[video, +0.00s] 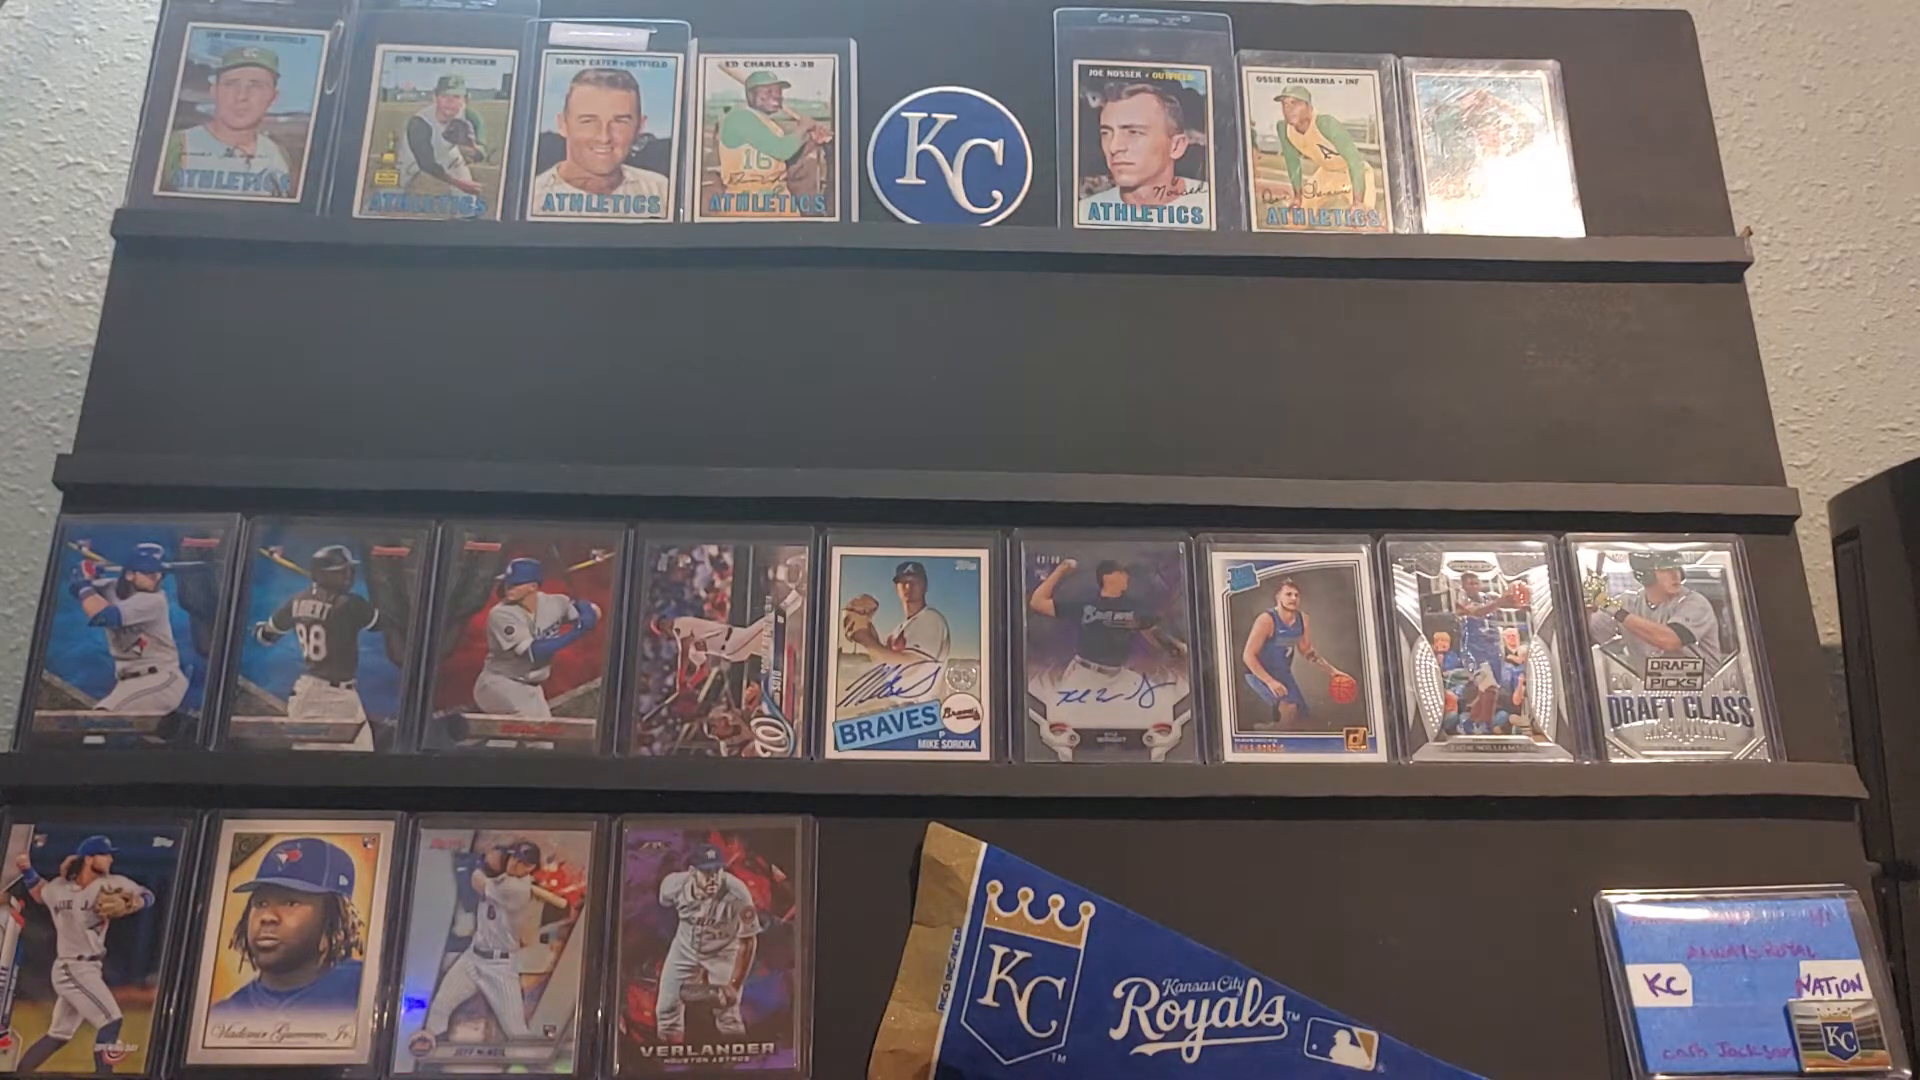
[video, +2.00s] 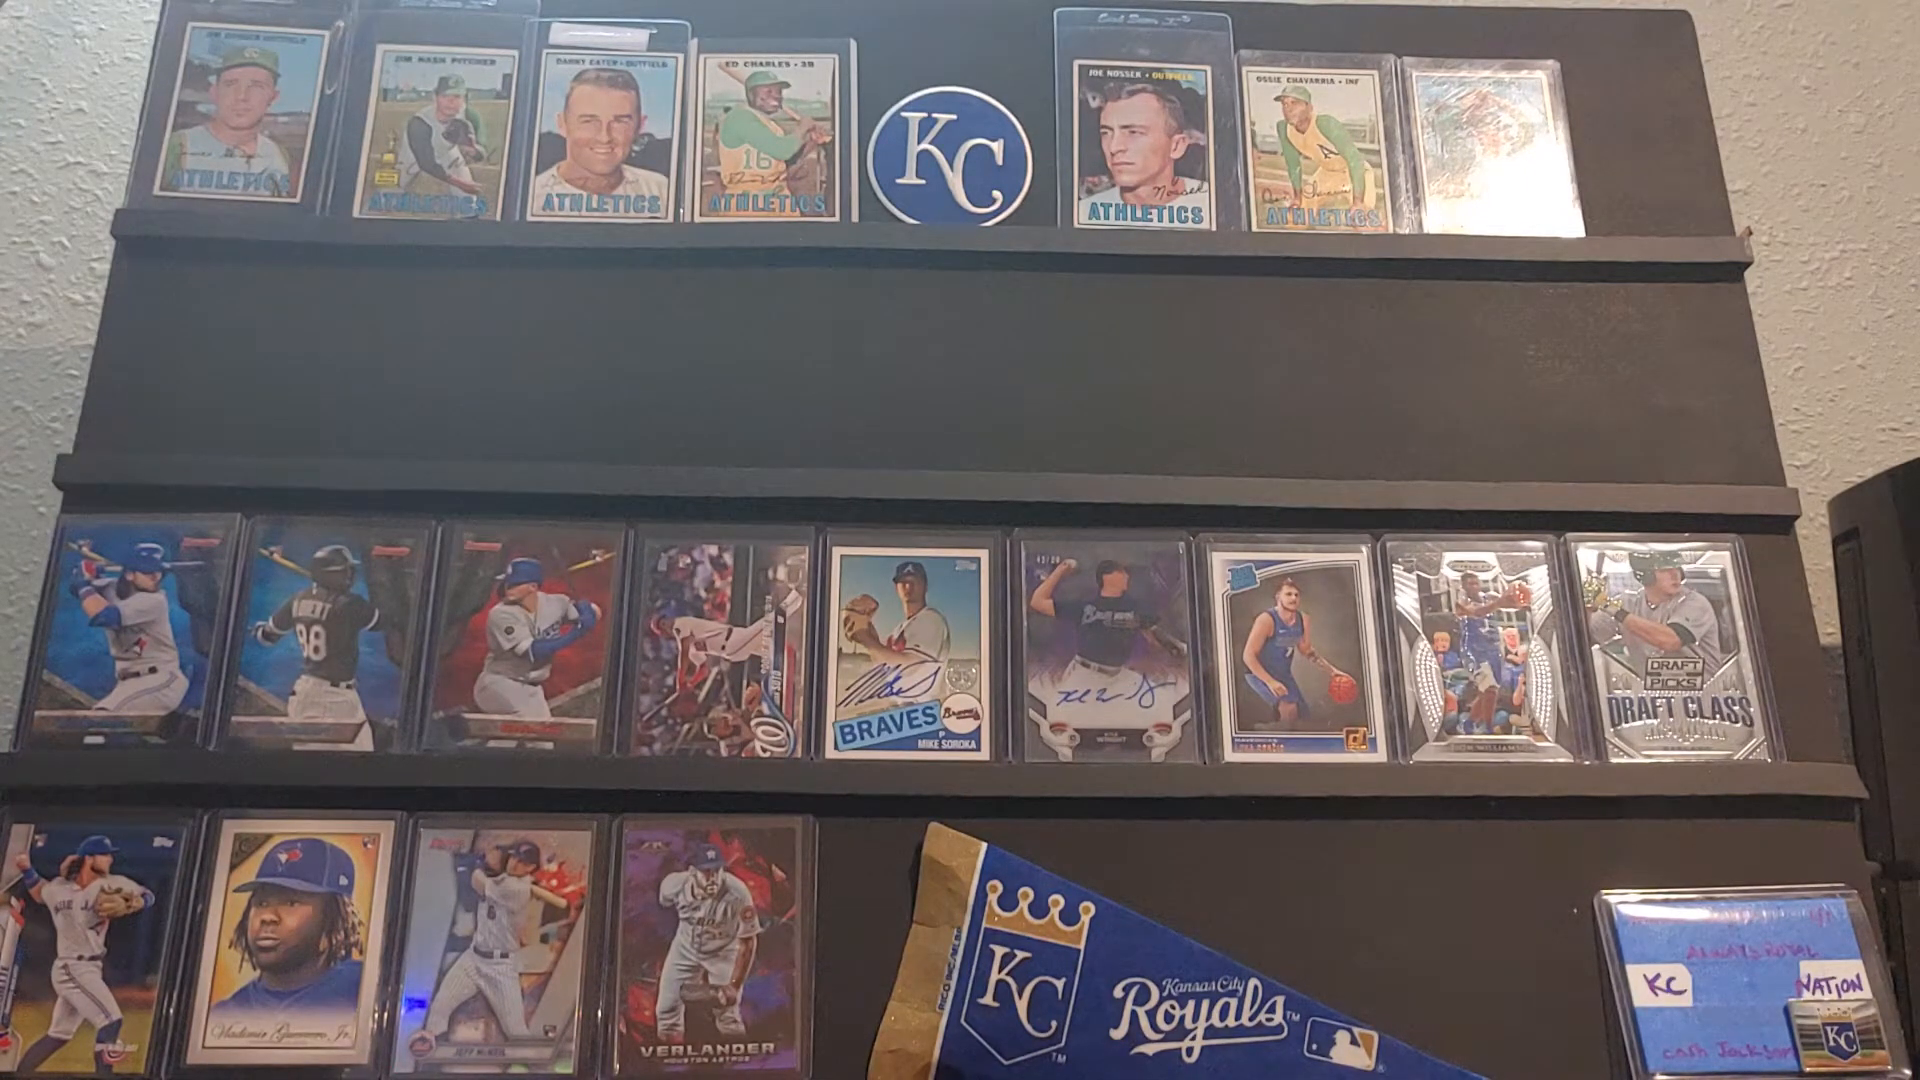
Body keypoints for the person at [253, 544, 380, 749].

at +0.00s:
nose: (350, 576)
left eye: (350, 571)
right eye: (346, 571)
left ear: (319, 575)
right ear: (333, 575)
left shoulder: (298, 601)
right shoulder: (350, 604)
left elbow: (267, 637)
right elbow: (386, 622)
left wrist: (260, 630)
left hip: (306, 692)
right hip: (341, 697)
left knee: (306, 765)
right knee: (360, 766)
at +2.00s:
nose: (351, 577)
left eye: (351, 571)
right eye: (348, 572)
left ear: (320, 574)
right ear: (336, 575)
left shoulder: (299, 600)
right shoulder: (350, 605)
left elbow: (268, 637)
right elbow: (387, 620)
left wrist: (259, 630)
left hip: (305, 693)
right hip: (340, 698)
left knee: (307, 766)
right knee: (359, 768)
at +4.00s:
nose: (351, 577)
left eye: (350, 571)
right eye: (347, 572)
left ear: (320, 575)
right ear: (335, 575)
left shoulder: (298, 600)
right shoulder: (351, 604)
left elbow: (268, 637)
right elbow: (385, 621)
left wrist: (259, 630)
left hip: (305, 693)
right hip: (340, 697)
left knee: (306, 765)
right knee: (360, 766)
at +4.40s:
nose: (351, 576)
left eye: (351, 570)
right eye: (347, 570)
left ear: (320, 574)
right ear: (335, 574)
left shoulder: (299, 600)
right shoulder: (352, 605)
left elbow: (267, 637)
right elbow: (385, 622)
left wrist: (259, 630)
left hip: (306, 692)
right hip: (341, 696)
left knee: (306, 765)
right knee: (359, 765)